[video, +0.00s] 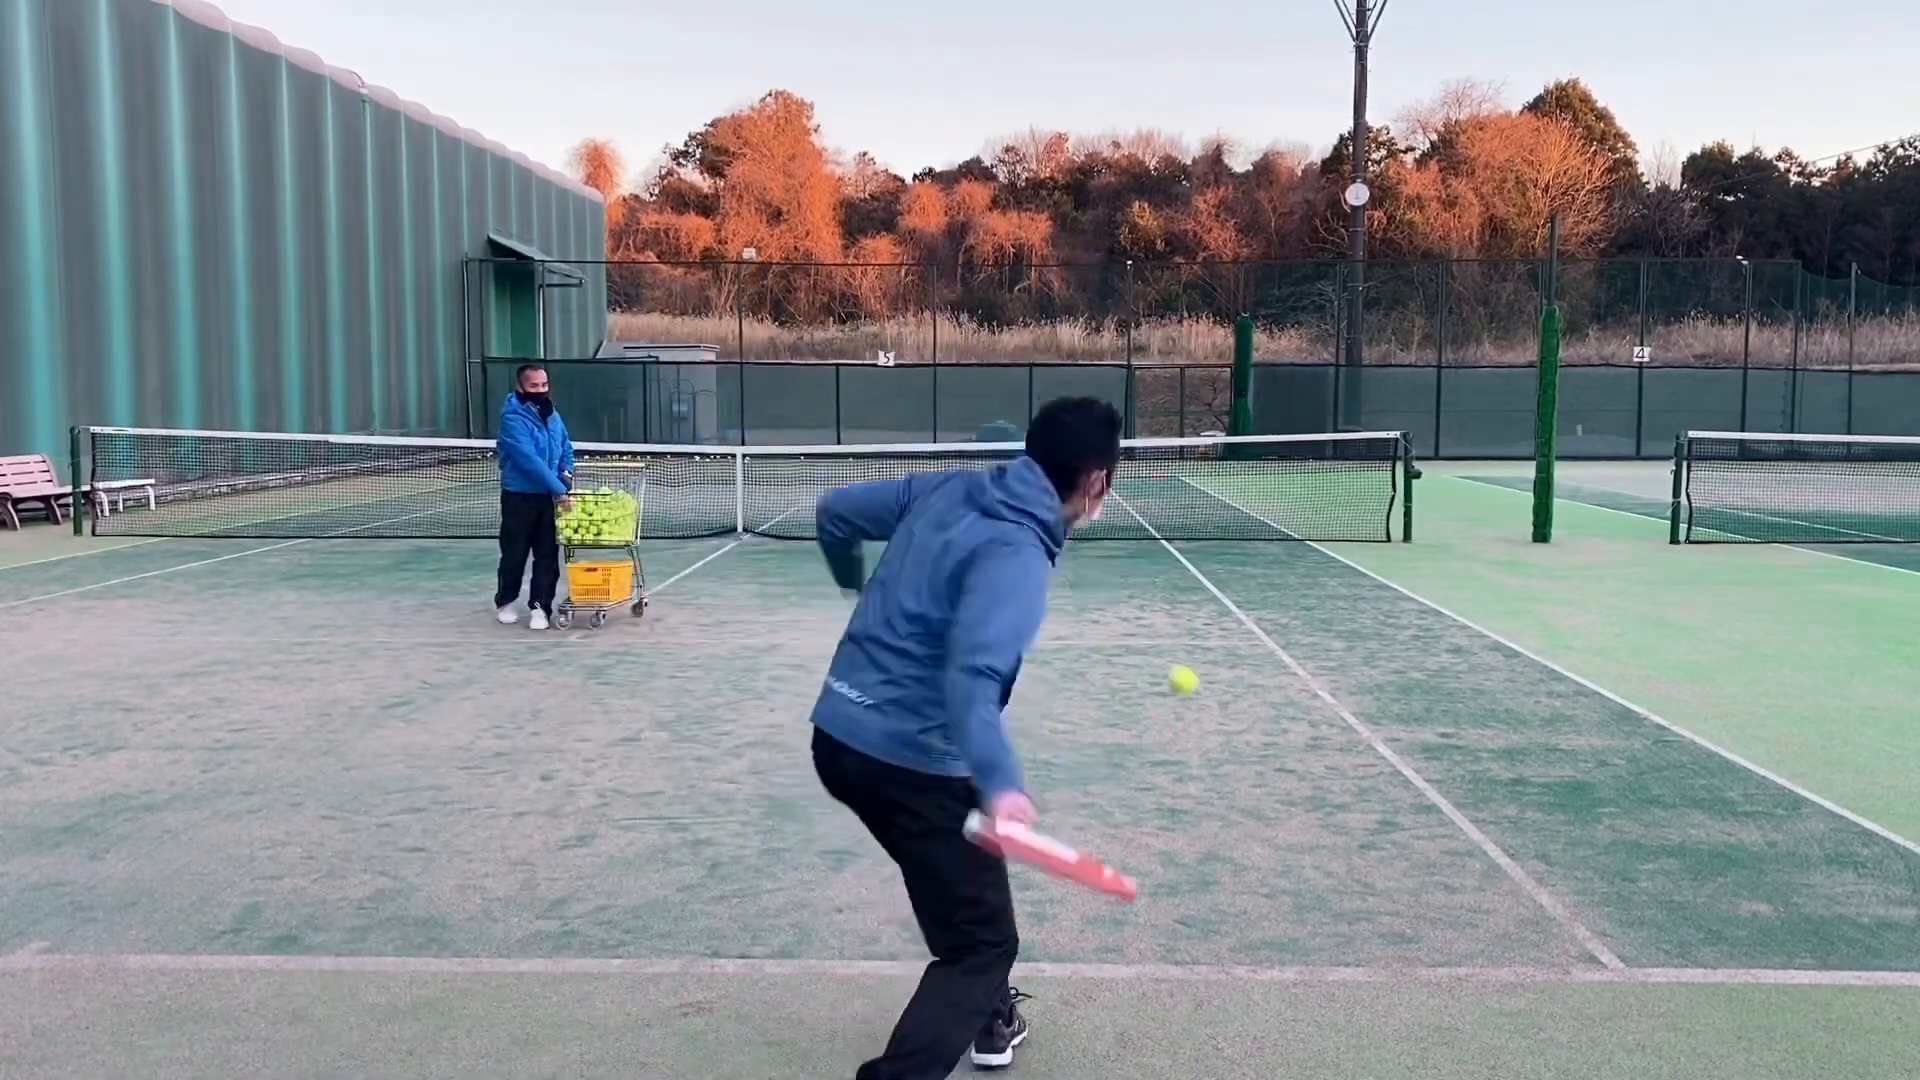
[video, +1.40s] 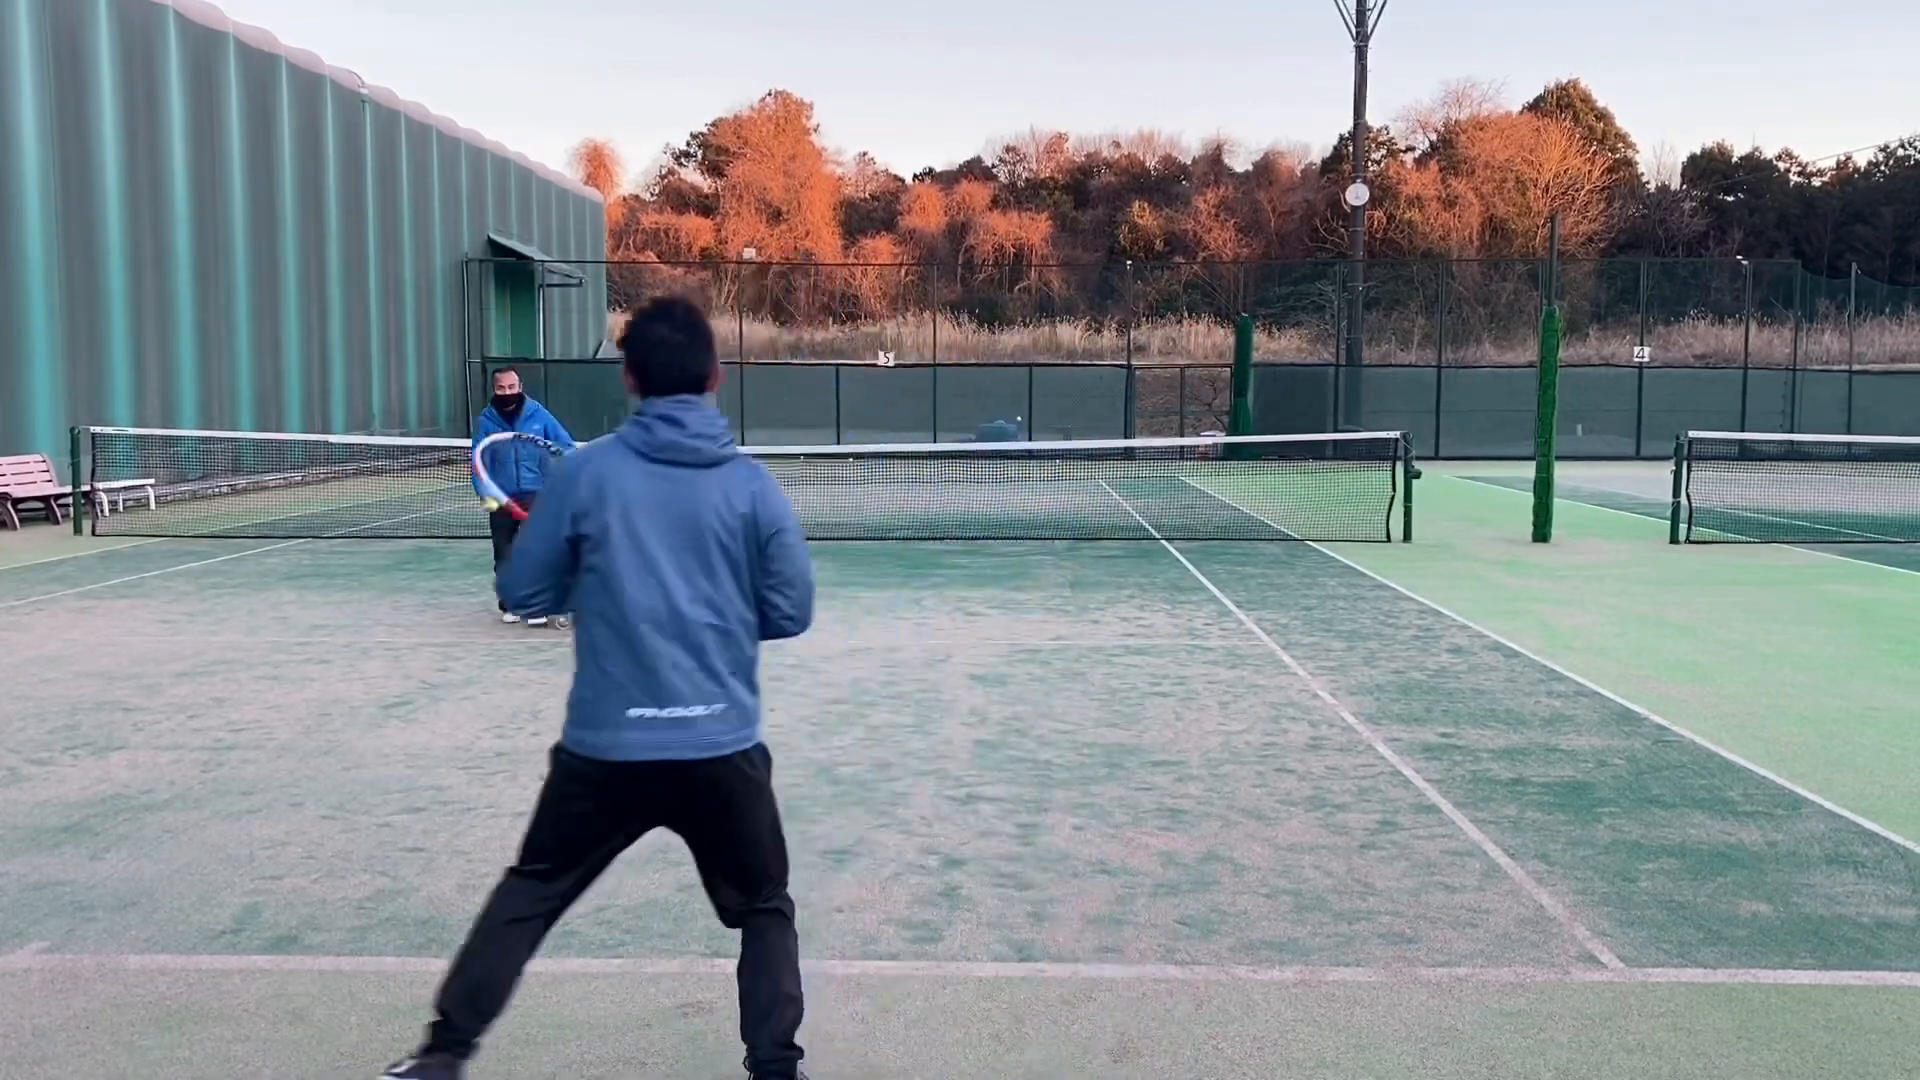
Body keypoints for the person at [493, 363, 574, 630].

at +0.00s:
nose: (541, 389)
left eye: (544, 384)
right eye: (534, 385)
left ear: (548, 384)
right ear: (521, 387)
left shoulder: (552, 413)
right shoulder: (512, 418)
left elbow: (566, 447)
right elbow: (527, 459)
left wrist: (566, 470)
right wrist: (558, 488)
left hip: (549, 492)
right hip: (519, 493)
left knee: (547, 554)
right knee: (515, 552)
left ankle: (540, 608)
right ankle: (506, 602)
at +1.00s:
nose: (523, 389)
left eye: (527, 384)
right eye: (517, 384)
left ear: (535, 385)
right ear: (508, 387)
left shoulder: (549, 415)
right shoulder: (498, 418)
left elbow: (571, 449)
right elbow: (498, 460)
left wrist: (566, 473)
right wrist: (524, 472)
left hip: (543, 495)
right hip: (511, 496)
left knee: (544, 554)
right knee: (511, 553)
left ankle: (540, 607)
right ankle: (512, 602)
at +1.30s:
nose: (510, 391)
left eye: (515, 386)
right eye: (505, 387)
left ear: (524, 387)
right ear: (497, 389)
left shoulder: (541, 415)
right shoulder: (490, 419)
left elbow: (568, 448)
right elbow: (484, 457)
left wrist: (566, 476)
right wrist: (494, 484)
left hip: (536, 496)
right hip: (503, 497)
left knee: (537, 553)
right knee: (505, 555)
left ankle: (539, 605)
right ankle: (511, 603)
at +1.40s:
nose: (507, 392)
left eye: (512, 387)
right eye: (501, 388)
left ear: (520, 387)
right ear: (494, 389)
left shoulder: (539, 415)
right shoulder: (486, 420)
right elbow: (478, 461)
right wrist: (486, 494)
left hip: (538, 494)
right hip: (501, 496)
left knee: (538, 547)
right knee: (503, 552)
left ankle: (539, 605)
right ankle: (509, 605)